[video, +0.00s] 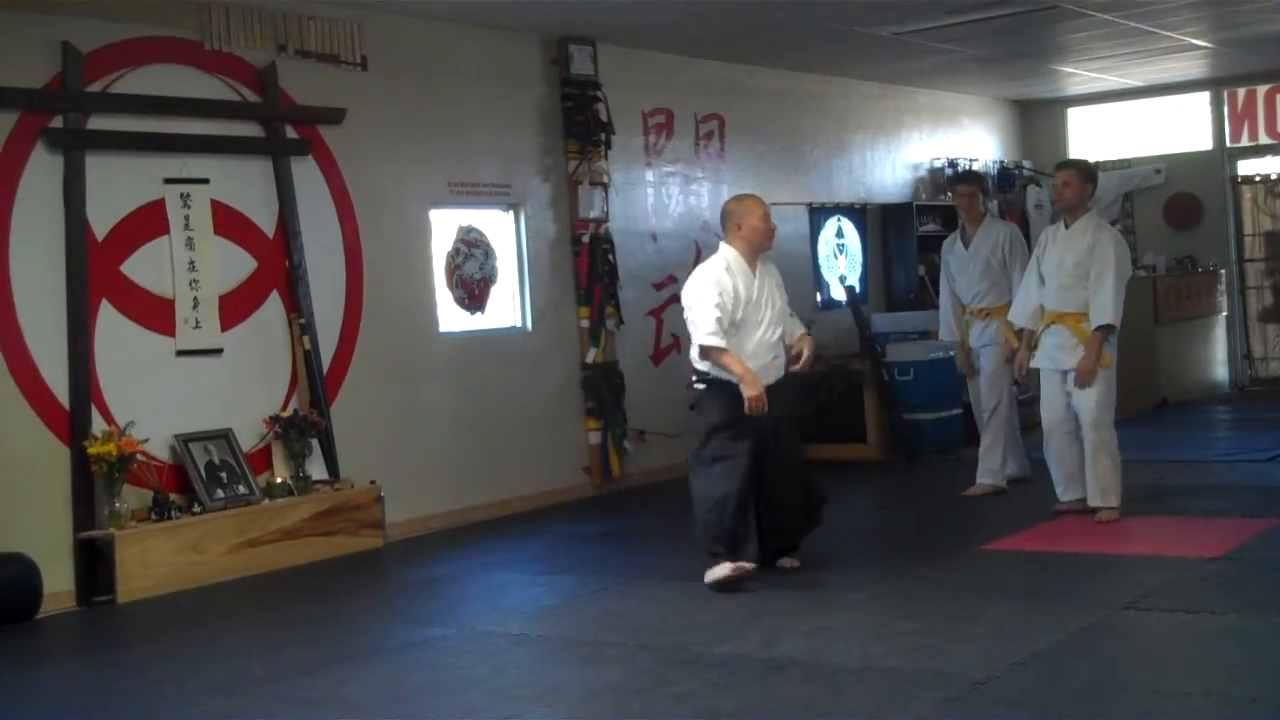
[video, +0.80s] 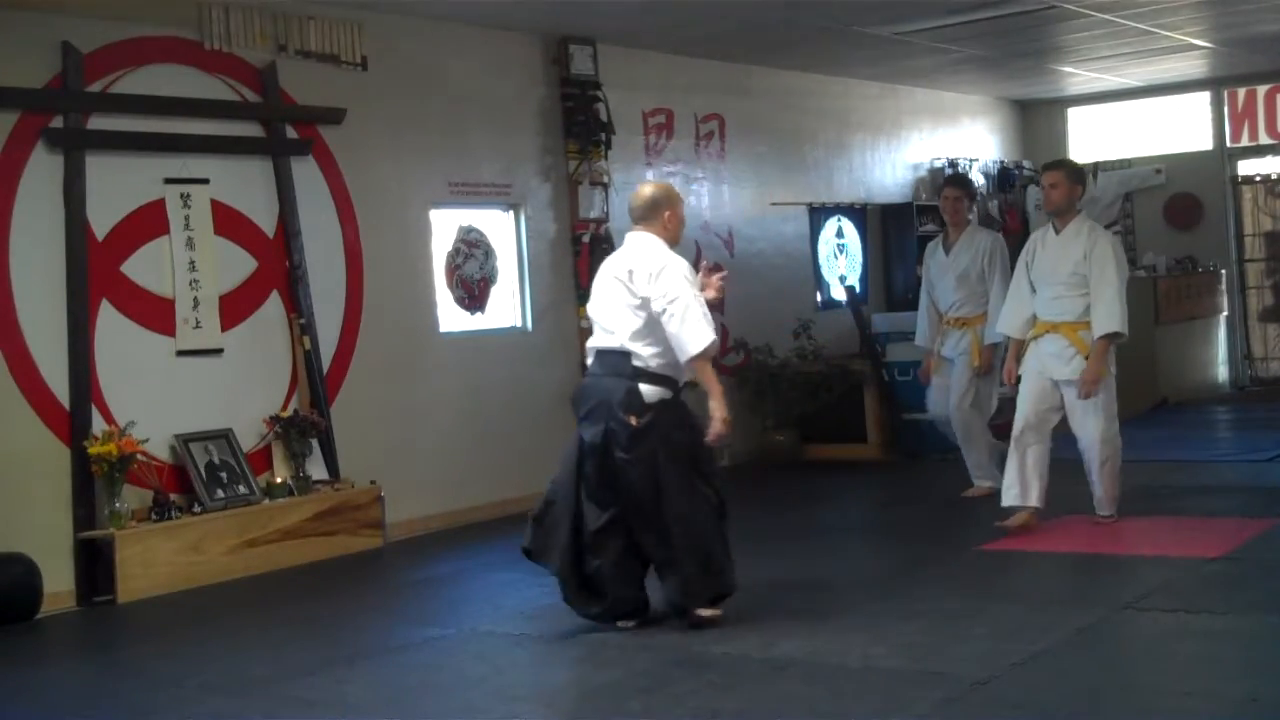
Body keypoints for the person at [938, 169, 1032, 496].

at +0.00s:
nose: (966, 202)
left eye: (972, 195)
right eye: (960, 197)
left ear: (983, 197)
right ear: (953, 201)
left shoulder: (1006, 233)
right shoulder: (950, 245)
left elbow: (1022, 286)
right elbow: (950, 297)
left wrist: (1020, 334)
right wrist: (960, 344)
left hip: (999, 322)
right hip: (969, 324)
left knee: (992, 399)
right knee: (985, 401)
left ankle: (990, 476)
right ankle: (1015, 464)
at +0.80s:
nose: (952, 206)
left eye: (959, 200)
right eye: (946, 200)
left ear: (971, 203)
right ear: (939, 206)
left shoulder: (989, 242)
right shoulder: (933, 249)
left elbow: (999, 295)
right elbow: (928, 302)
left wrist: (990, 344)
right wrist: (929, 351)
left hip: (979, 334)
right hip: (948, 335)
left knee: (964, 408)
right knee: (938, 408)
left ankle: (986, 480)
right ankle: (997, 451)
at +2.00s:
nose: (776, 206)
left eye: (785, 199)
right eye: (771, 199)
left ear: (800, 205)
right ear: (765, 204)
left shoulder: (819, 249)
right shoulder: (762, 257)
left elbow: (823, 309)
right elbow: (745, 312)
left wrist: (804, 359)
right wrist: (729, 361)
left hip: (807, 347)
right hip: (776, 348)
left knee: (788, 436)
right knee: (792, 430)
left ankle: (801, 519)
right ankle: (836, 482)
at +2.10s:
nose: (766, 203)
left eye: (775, 196)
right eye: (761, 196)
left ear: (790, 201)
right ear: (754, 200)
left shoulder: (806, 246)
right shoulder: (751, 251)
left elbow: (810, 308)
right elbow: (738, 309)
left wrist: (793, 358)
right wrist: (726, 359)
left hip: (792, 348)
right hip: (759, 348)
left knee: (783, 439)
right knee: (757, 433)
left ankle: (800, 520)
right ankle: (812, 473)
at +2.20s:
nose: (753, 197)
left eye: (761, 190)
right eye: (747, 190)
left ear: (776, 195)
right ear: (740, 195)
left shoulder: (790, 238)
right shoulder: (739, 245)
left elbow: (794, 299)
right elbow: (729, 304)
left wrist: (779, 354)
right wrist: (720, 351)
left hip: (781, 346)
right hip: (744, 347)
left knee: (783, 439)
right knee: (734, 432)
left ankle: (801, 519)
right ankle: (771, 504)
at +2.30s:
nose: (736, 195)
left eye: (744, 188)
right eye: (730, 188)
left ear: (759, 193)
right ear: (723, 193)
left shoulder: (771, 237)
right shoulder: (726, 243)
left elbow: (775, 298)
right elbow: (723, 303)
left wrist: (763, 354)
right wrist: (715, 353)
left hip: (768, 343)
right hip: (731, 345)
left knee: (784, 437)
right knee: (714, 434)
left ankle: (801, 519)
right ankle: (726, 521)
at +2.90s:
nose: (648, 213)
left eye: (652, 205)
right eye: (648, 205)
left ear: (664, 209)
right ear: (651, 210)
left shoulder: (675, 247)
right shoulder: (633, 252)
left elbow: (696, 306)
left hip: (693, 355)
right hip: (658, 355)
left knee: (674, 447)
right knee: (665, 451)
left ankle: (698, 533)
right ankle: (694, 533)